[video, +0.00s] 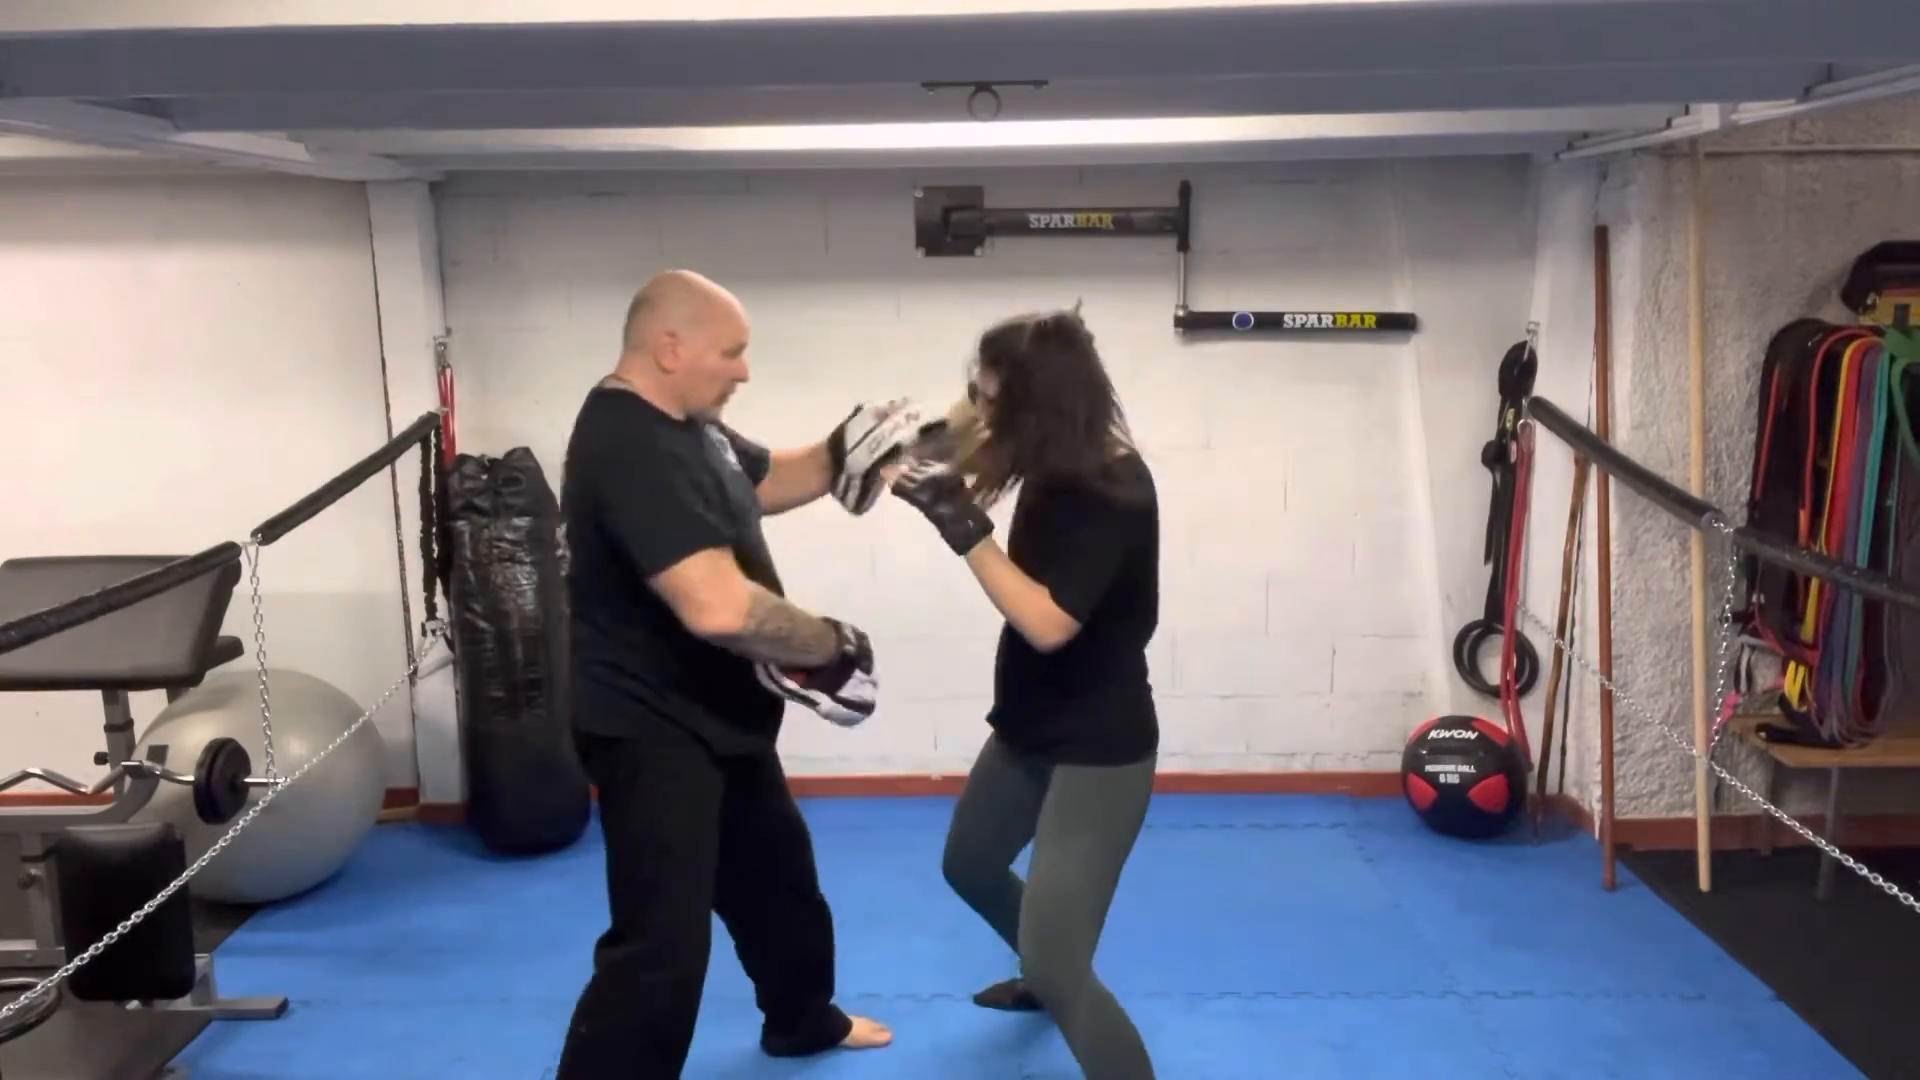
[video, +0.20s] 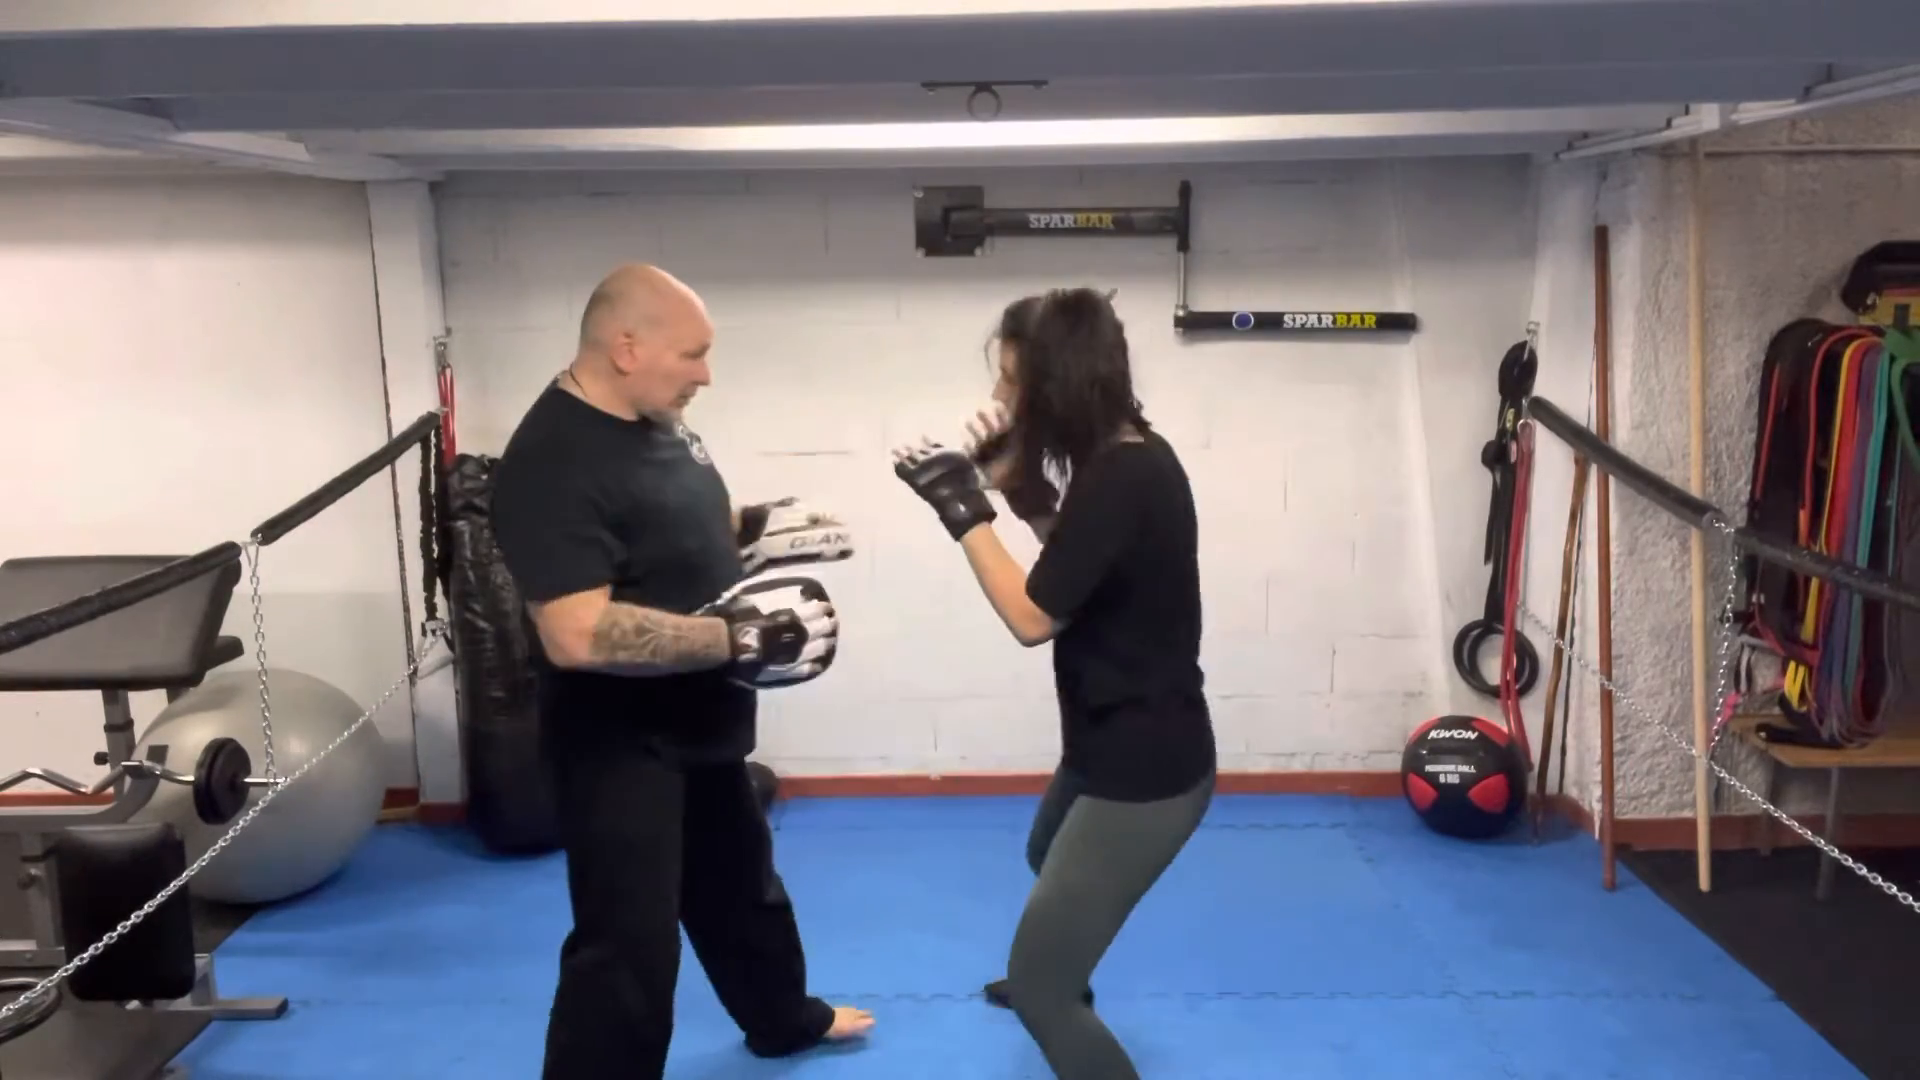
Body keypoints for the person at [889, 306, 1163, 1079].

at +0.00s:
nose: (978, 409)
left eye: (989, 396)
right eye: (980, 394)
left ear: (1033, 406)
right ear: (1050, 400)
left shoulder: (1109, 491)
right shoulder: (1046, 465)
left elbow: (1049, 621)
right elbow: (967, 440)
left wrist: (967, 530)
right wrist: (907, 453)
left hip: (1102, 748)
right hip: (1030, 728)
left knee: (1054, 966)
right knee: (970, 865)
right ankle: (1050, 976)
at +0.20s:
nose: (999, 396)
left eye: (1009, 380)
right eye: (998, 378)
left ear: (1054, 385)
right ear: (1091, 374)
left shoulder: (1122, 476)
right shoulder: (1121, 456)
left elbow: (1032, 619)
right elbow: (1065, 535)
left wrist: (965, 515)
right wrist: (1009, 469)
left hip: (1149, 773)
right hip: (1110, 750)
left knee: (1043, 987)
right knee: (1049, 851)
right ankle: (1049, 988)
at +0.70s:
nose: (1149, 339)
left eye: (1170, 330)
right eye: (1157, 322)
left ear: (1217, 351)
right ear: (1228, 354)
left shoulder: (1224, 463)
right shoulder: (1256, 435)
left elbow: (1170, 607)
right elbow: (1210, 550)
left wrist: (1080, 518)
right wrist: (1137, 479)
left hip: (1256, 752)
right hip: (1305, 718)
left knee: (1146, 946)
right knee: (1294, 888)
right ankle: (1393, 1051)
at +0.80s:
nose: (1154, 330)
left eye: (1174, 319)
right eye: (1164, 313)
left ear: (1224, 345)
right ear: (1227, 346)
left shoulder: (1237, 454)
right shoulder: (1269, 432)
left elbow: (1177, 595)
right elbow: (1199, 556)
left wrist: (1097, 495)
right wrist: (1146, 455)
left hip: (1264, 748)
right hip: (1313, 721)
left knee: (1163, 941)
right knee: (1295, 887)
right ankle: (1394, 1050)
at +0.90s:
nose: (1151, 339)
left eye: (1166, 323)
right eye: (1155, 321)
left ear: (1216, 339)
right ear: (1222, 339)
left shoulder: (1238, 448)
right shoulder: (1278, 429)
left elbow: (1174, 588)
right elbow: (1204, 543)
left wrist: (1114, 477)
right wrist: (1157, 445)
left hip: (1263, 747)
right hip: (1314, 720)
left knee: (1170, 944)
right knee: (1293, 883)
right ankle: (1392, 1048)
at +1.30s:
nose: (1102, 381)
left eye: (1113, 360)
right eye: (1102, 361)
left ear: (1168, 361)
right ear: (1172, 357)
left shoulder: (1224, 442)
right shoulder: (1254, 430)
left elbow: (1186, 588)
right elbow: (1214, 571)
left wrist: (1087, 512)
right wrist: (1142, 497)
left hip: (1249, 751)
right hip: (1302, 727)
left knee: (1138, 950)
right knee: (1302, 895)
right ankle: (1392, 1055)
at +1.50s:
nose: (1096, 390)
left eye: (1102, 369)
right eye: (1094, 371)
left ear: (1157, 364)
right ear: (1164, 359)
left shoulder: (1207, 436)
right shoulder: (1249, 425)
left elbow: (1156, 577)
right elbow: (1191, 558)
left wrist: (1079, 481)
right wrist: (1118, 473)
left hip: (1238, 754)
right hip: (1299, 729)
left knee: (1130, 951)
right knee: (1289, 887)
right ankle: (1386, 1047)